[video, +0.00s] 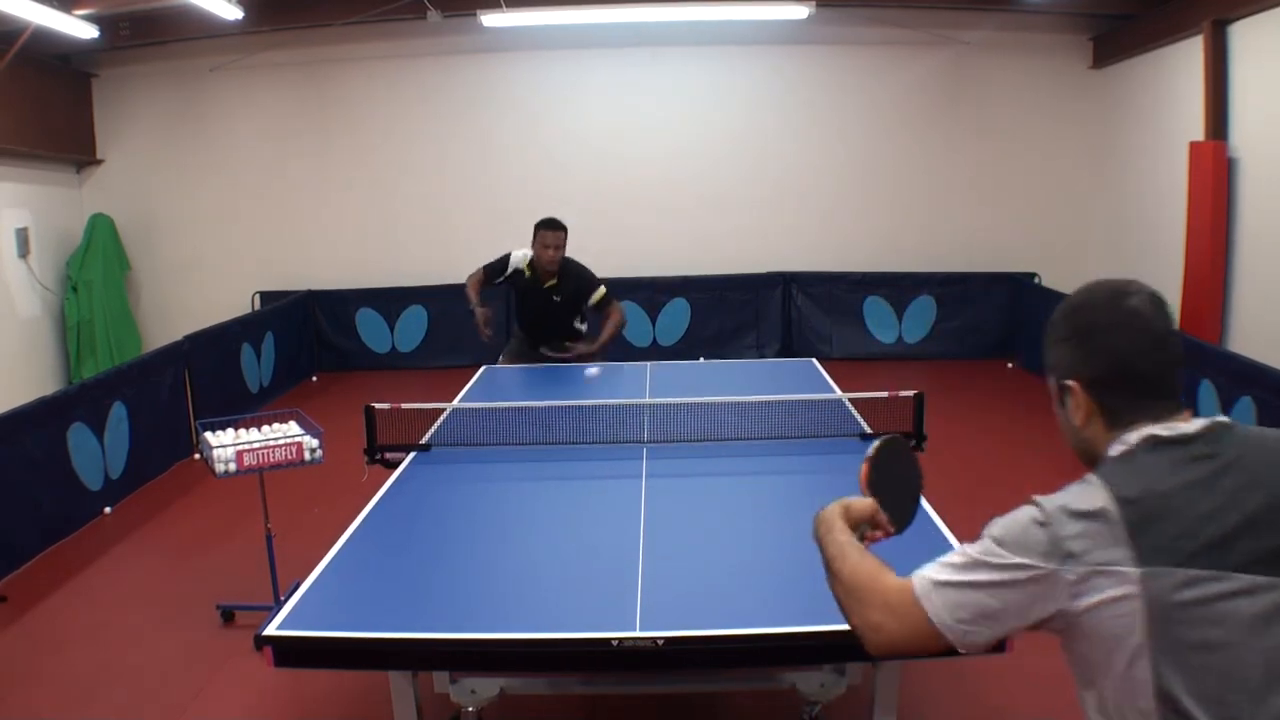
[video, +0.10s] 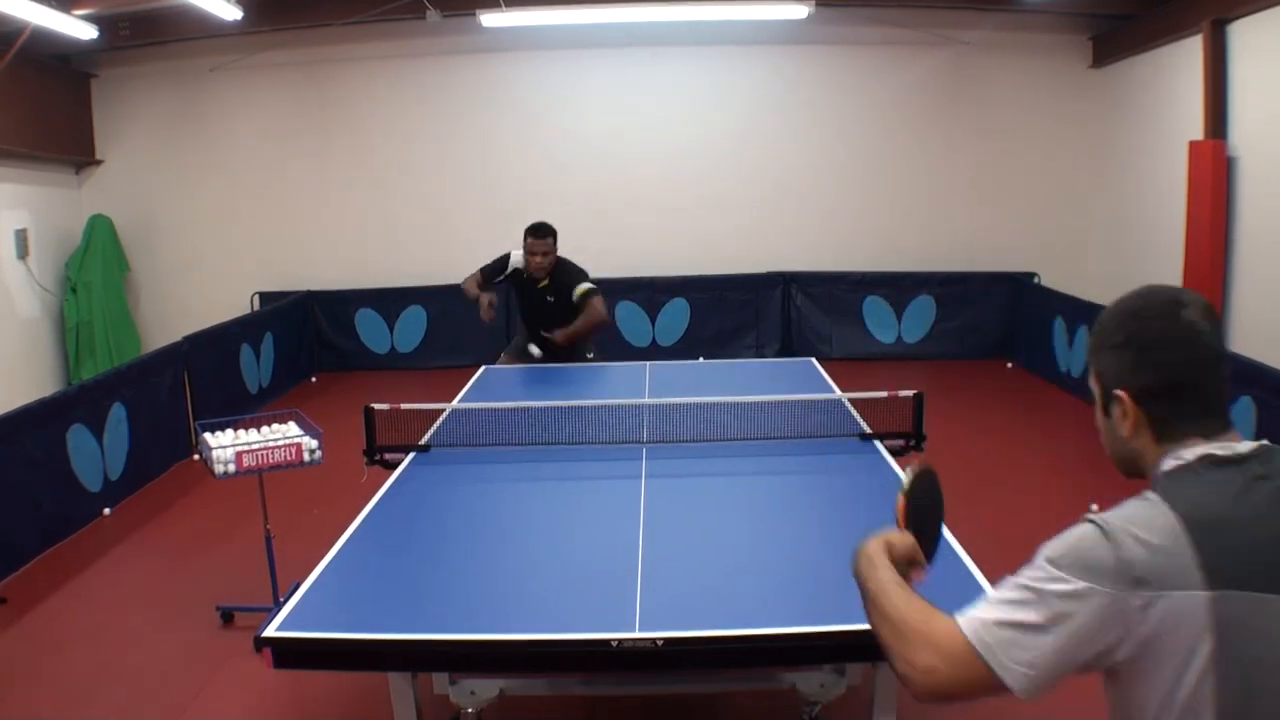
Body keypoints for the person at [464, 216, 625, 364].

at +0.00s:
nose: (552, 255)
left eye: (558, 248)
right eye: (546, 248)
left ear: (565, 248)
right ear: (533, 246)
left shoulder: (578, 275)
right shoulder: (517, 262)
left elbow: (616, 314)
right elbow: (473, 280)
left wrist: (595, 346)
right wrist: (477, 308)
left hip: (570, 350)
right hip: (526, 347)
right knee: (499, 385)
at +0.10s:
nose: (539, 261)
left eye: (545, 255)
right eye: (532, 254)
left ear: (555, 252)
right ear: (524, 251)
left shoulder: (570, 273)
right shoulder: (513, 262)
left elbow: (598, 312)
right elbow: (469, 283)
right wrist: (480, 296)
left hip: (572, 347)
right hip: (531, 342)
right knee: (498, 378)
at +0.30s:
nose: (528, 226)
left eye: (534, 219)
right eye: (522, 220)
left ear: (547, 218)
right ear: (516, 222)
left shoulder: (564, 240)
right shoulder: (513, 243)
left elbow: (591, 258)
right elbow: (480, 266)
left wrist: (609, 260)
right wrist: (479, 268)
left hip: (575, 317)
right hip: (537, 317)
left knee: (605, 371)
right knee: (505, 370)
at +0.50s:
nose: (518, 215)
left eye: (524, 209)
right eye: (512, 210)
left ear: (536, 210)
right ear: (505, 215)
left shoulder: (561, 240)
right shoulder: (499, 248)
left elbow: (601, 261)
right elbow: (475, 273)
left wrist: (630, 276)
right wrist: (454, 279)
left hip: (566, 327)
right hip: (522, 329)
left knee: (599, 380)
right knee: (494, 383)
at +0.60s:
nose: (508, 208)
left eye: (514, 202)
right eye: (501, 203)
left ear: (524, 205)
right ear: (493, 208)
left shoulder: (546, 237)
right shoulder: (483, 245)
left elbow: (578, 268)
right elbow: (462, 281)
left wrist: (608, 297)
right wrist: (452, 284)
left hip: (552, 325)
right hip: (509, 327)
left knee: (584, 381)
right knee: (488, 383)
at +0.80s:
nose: (499, 184)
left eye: (505, 177)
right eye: (492, 180)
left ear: (515, 182)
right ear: (483, 187)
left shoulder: (538, 216)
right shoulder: (471, 223)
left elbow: (556, 252)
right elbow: (449, 269)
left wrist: (573, 292)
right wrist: (479, 278)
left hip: (538, 309)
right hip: (496, 313)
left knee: (558, 378)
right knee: (489, 383)